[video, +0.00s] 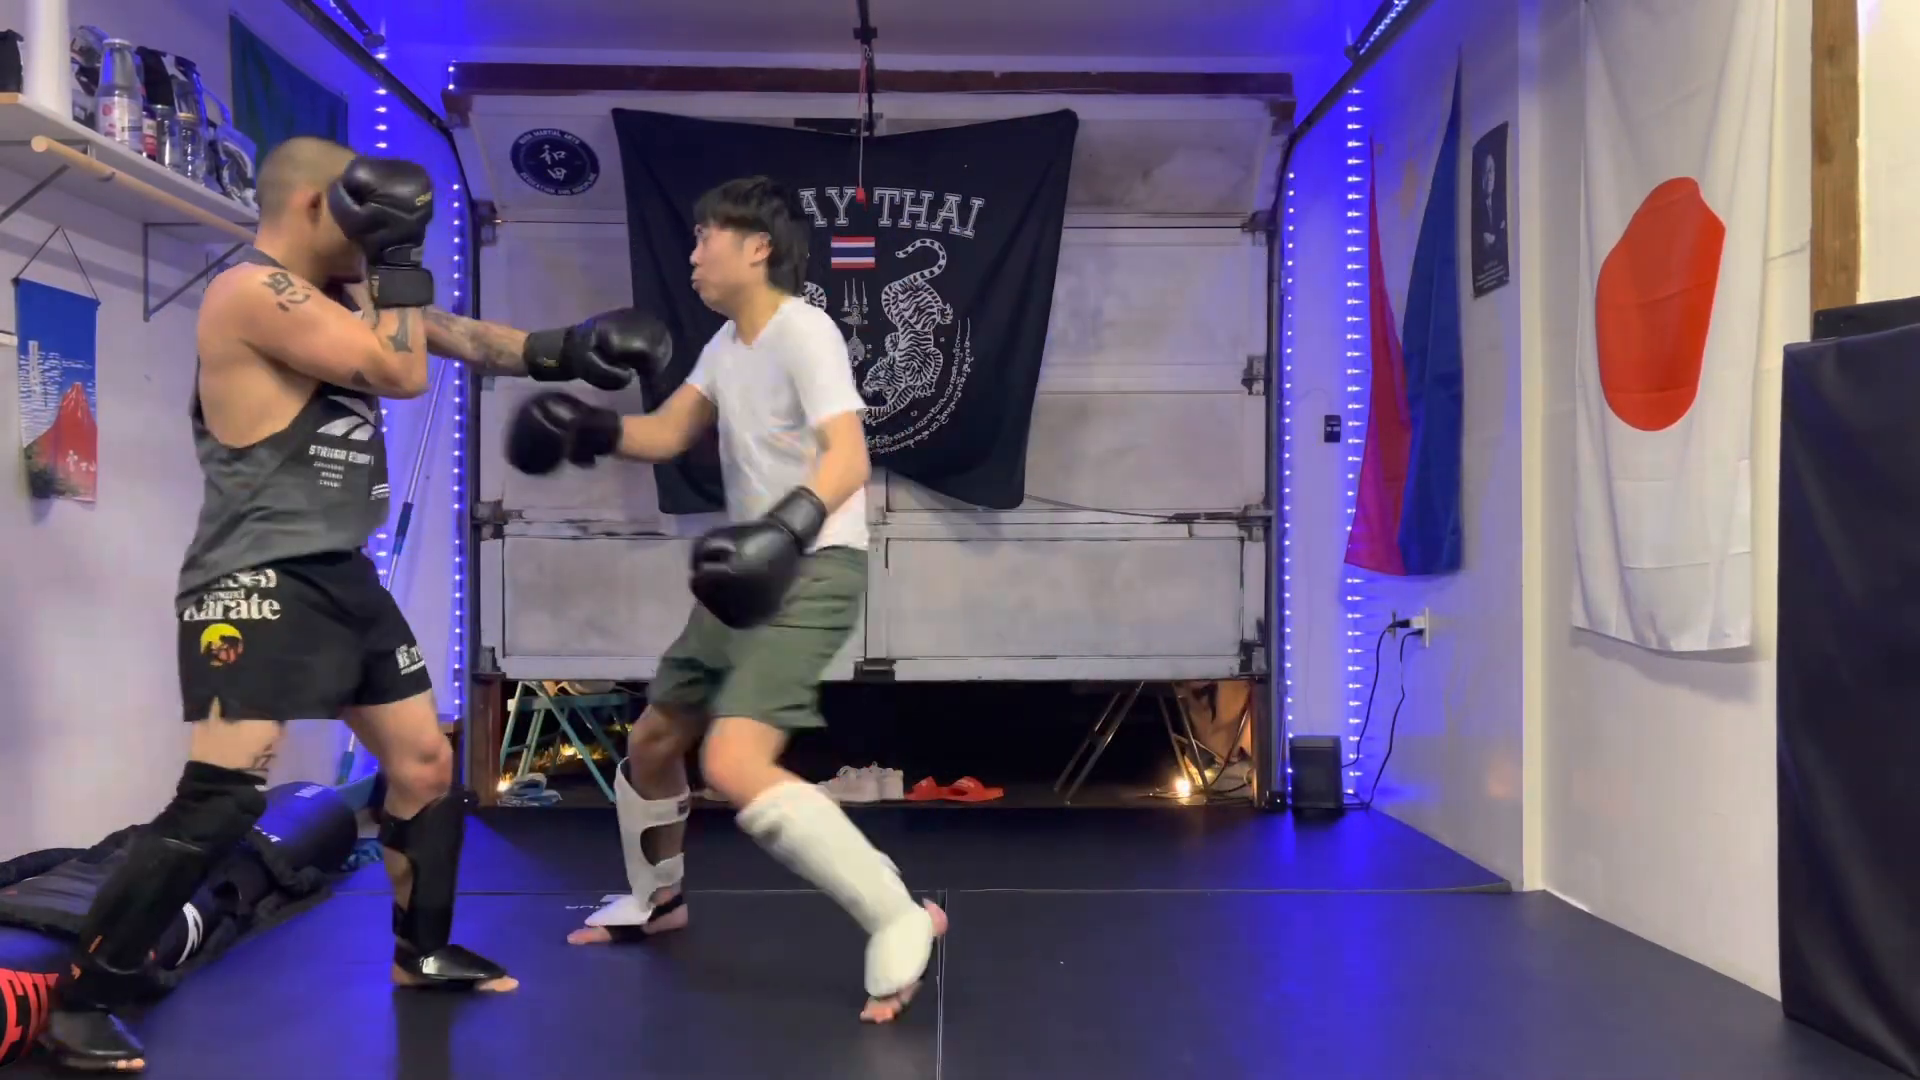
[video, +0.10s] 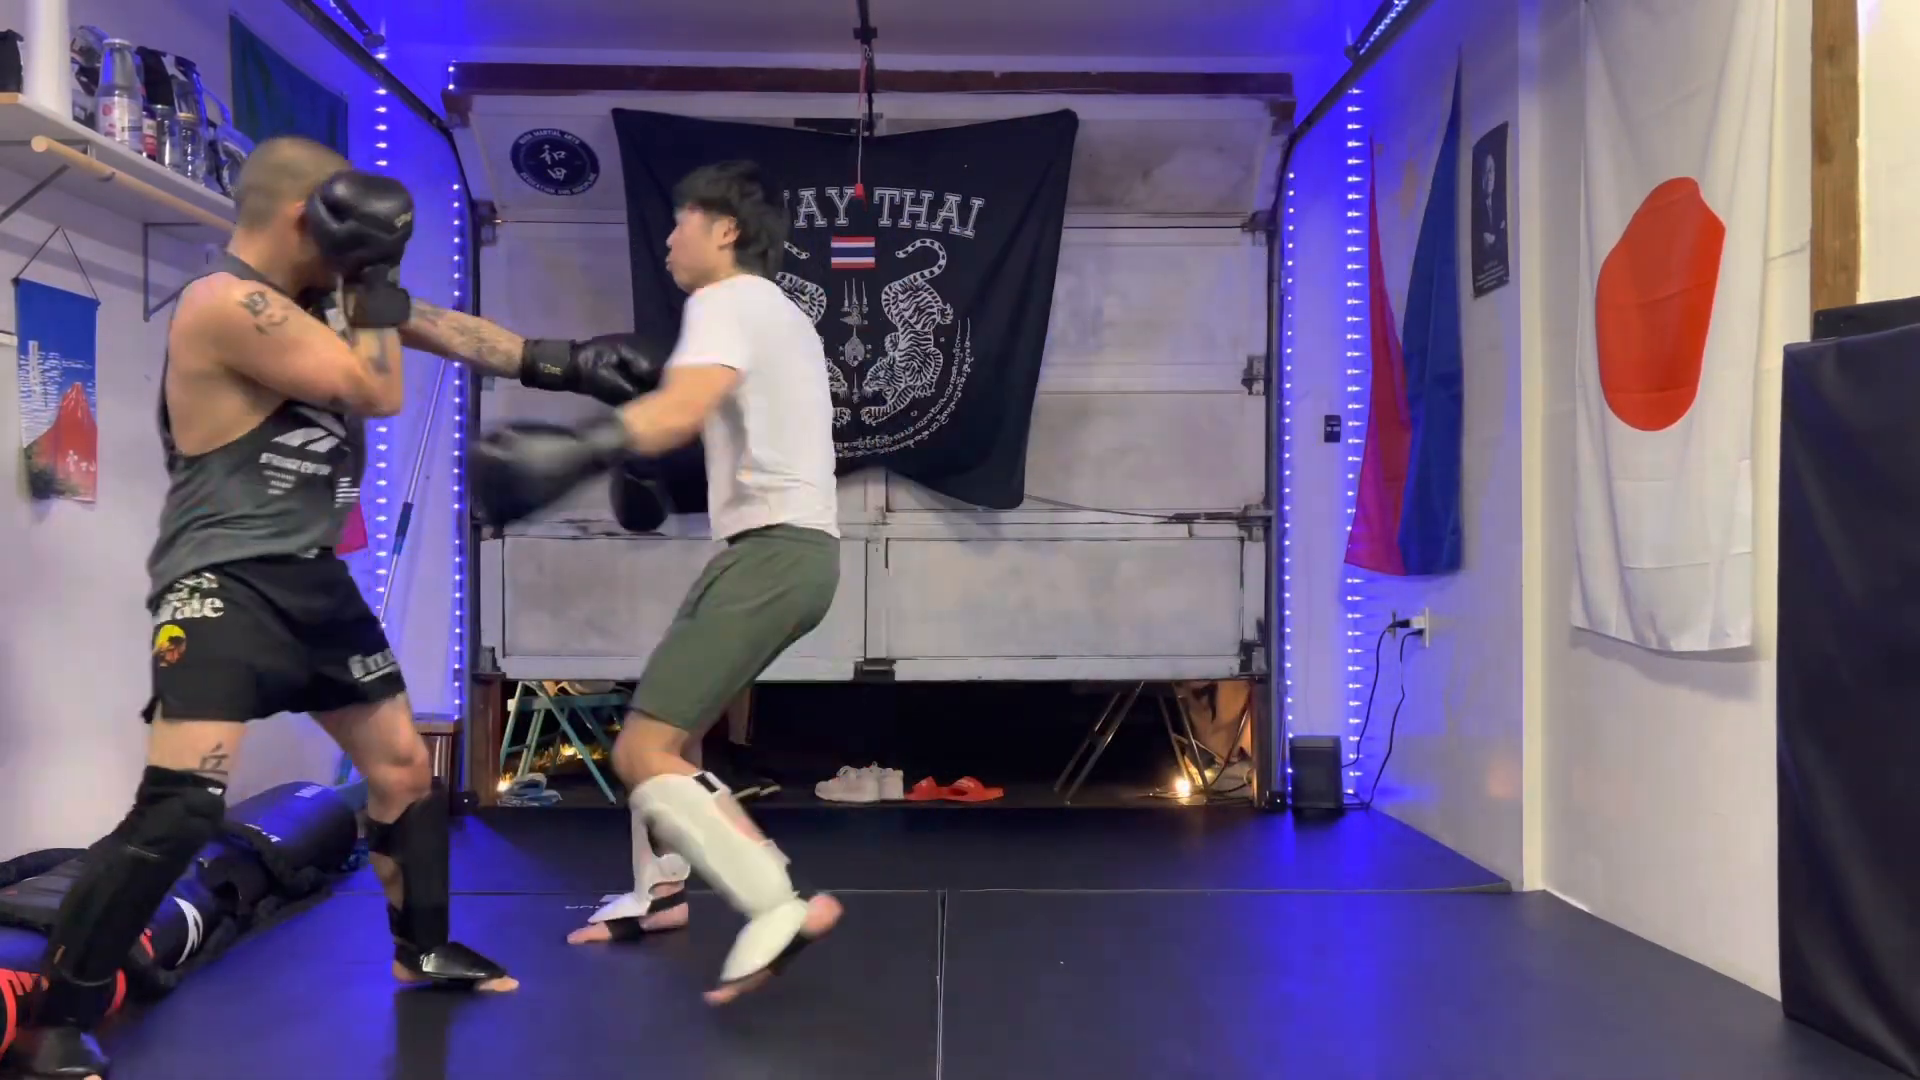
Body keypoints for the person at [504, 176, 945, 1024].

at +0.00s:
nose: (692, 255)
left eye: (705, 239)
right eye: (695, 240)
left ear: (756, 249)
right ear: (743, 253)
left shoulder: (804, 332)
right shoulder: (724, 344)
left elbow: (848, 455)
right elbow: (670, 431)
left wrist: (781, 534)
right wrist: (594, 431)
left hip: (818, 563)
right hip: (743, 565)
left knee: (737, 761)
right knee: (652, 745)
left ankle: (900, 920)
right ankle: (656, 897)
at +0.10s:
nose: (669, 237)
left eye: (681, 222)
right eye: (674, 222)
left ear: (725, 232)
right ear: (739, 237)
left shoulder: (726, 303)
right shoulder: (779, 312)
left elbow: (681, 409)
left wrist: (572, 452)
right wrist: (641, 391)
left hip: (770, 551)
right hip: (789, 551)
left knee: (642, 750)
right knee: (664, 736)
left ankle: (776, 903)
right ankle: (659, 891)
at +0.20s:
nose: (650, 255)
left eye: (660, 238)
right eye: (654, 238)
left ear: (704, 241)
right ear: (731, 247)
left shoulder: (675, 310)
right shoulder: (803, 325)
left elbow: (534, 370)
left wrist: (416, 409)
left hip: (766, 565)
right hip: (822, 564)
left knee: (627, 755)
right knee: (692, 694)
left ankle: (628, 953)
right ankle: (694, 863)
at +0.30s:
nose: (649, 271)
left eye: (663, 255)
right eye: (655, 255)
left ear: (709, 266)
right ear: (730, 273)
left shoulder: (678, 338)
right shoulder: (798, 348)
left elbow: (565, 426)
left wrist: (437, 455)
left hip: (761, 586)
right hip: (827, 588)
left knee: (617, 772)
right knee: (739, 716)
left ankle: (632, 970)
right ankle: (808, 863)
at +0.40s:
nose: (669, 276)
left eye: (682, 260)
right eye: (671, 260)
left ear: (735, 266)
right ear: (742, 273)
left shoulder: (720, 335)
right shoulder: (817, 342)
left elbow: (660, 443)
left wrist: (530, 467)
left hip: (778, 582)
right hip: (851, 583)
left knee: (636, 762)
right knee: (793, 729)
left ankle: (635, 972)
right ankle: (915, 875)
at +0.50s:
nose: (701, 251)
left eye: (713, 235)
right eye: (701, 236)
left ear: (764, 239)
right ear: (773, 245)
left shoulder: (766, 308)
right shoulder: (842, 306)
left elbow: (730, 418)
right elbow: (812, 414)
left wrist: (608, 432)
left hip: (832, 548)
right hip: (894, 544)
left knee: (722, 742)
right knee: (853, 719)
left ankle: (668, 954)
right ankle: (930, 884)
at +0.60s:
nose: (735, 243)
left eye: (745, 226)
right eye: (733, 227)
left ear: (796, 226)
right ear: (807, 232)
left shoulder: (807, 288)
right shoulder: (869, 290)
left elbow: (776, 403)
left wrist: (656, 407)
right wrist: (762, 284)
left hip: (878, 521)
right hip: (933, 523)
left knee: (771, 729)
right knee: (875, 700)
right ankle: (955, 860)